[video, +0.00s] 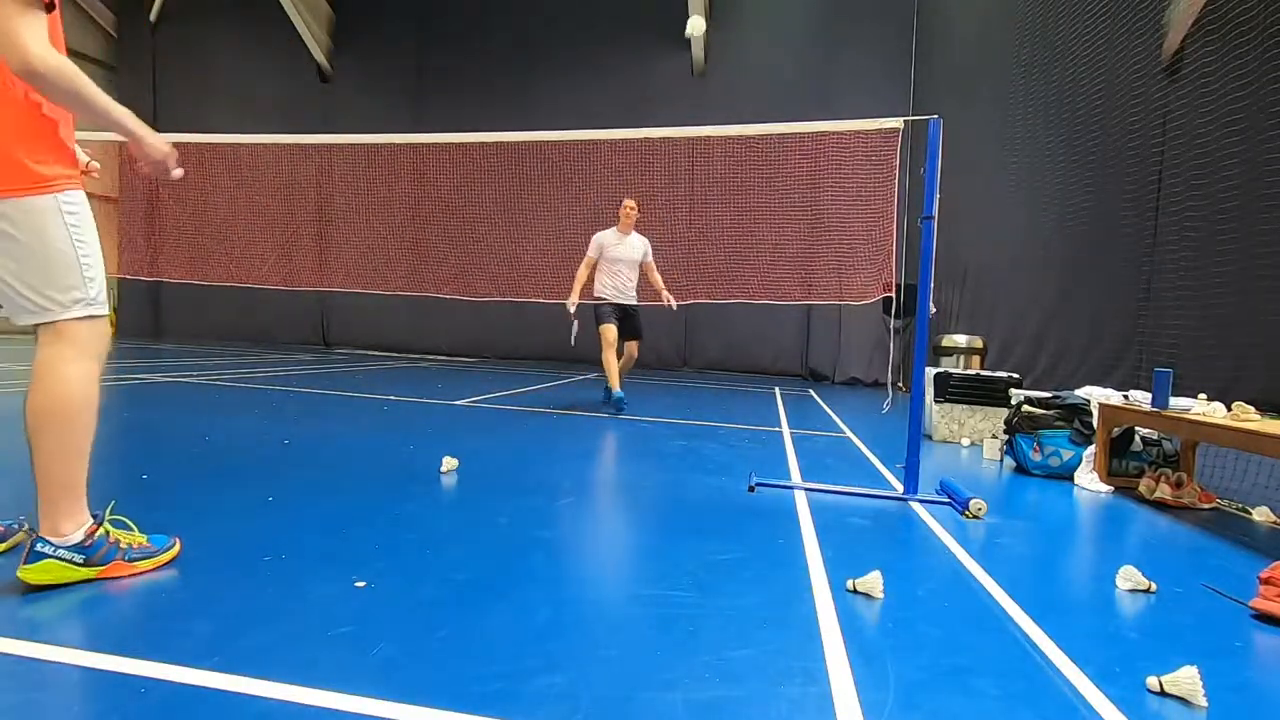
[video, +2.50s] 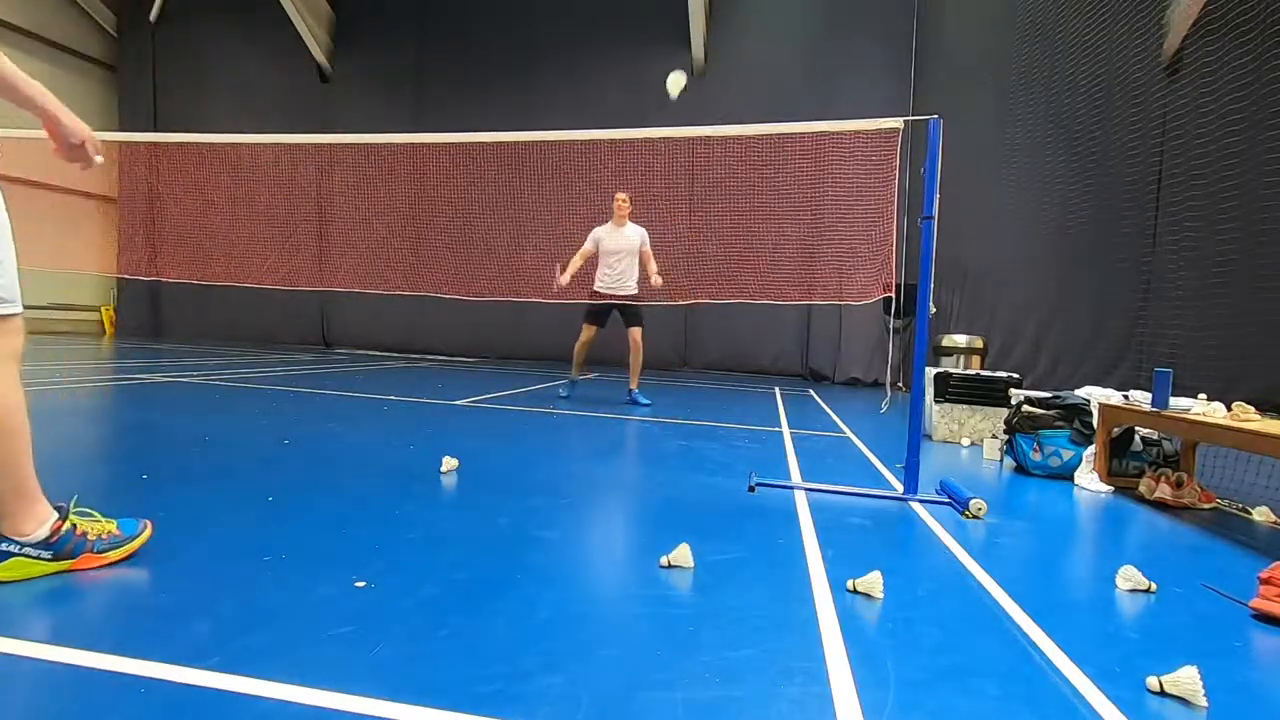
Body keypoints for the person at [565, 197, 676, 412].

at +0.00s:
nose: (629, 212)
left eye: (633, 209)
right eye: (626, 208)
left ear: (638, 215)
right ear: (618, 211)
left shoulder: (643, 243)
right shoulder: (601, 238)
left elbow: (651, 271)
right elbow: (586, 266)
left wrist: (663, 290)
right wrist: (574, 294)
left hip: (630, 303)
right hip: (605, 300)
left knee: (632, 353)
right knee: (610, 339)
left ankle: (611, 382)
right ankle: (616, 392)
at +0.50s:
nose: (593, 221)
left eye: (597, 218)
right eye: (591, 218)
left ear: (603, 223)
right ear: (585, 222)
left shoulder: (613, 247)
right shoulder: (574, 248)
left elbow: (627, 272)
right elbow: (563, 271)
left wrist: (623, 287)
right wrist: (556, 287)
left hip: (606, 303)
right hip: (579, 303)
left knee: (610, 341)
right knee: (564, 342)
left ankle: (613, 388)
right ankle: (557, 382)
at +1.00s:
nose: (630, 224)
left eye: (633, 221)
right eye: (626, 220)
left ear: (637, 227)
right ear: (620, 224)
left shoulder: (642, 252)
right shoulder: (604, 250)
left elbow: (644, 278)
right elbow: (592, 279)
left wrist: (651, 300)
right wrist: (590, 309)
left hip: (633, 307)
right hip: (608, 309)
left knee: (652, 348)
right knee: (598, 352)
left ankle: (643, 388)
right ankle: (584, 377)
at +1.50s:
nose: (676, 232)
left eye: (680, 229)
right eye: (672, 227)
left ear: (683, 235)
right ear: (663, 230)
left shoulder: (674, 261)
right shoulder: (651, 251)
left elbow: (668, 287)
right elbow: (651, 260)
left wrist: (681, 307)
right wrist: (672, 260)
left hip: (658, 316)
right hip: (636, 311)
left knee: (661, 366)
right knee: (656, 341)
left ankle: (638, 386)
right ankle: (658, 403)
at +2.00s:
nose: (669, 226)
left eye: (672, 223)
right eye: (665, 221)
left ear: (675, 229)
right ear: (655, 225)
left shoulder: (672, 256)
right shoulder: (639, 248)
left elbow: (668, 285)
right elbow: (615, 255)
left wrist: (675, 312)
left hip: (658, 312)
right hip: (635, 308)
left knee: (667, 368)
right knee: (651, 342)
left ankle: (642, 383)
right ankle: (657, 403)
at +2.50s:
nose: (621, 204)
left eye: (625, 202)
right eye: (618, 201)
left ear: (630, 208)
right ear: (612, 205)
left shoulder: (640, 233)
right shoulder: (599, 233)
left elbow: (649, 260)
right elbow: (580, 256)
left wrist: (653, 275)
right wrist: (567, 274)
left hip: (629, 295)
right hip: (602, 293)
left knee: (636, 340)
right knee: (585, 339)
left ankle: (633, 390)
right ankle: (573, 380)